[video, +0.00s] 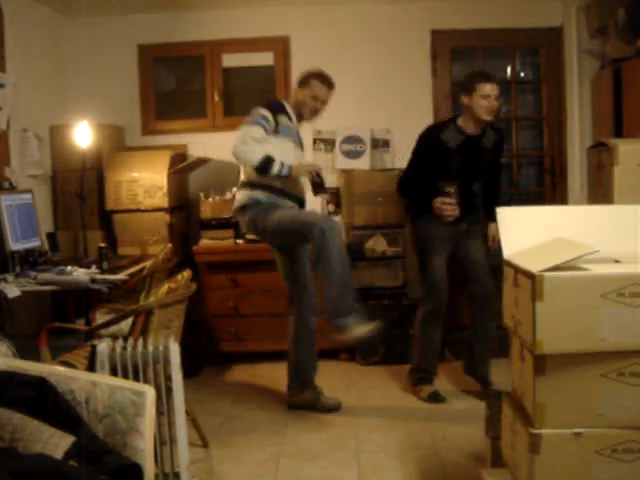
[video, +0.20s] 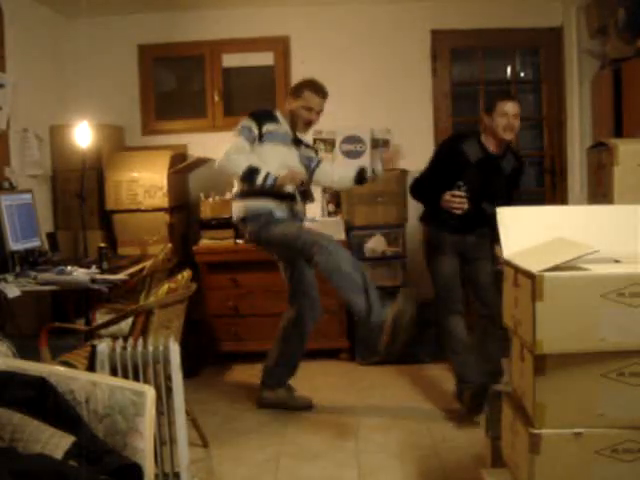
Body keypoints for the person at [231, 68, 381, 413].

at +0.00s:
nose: (316, 107)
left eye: (322, 104)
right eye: (313, 98)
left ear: (324, 106)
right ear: (297, 90)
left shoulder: (296, 132)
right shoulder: (269, 113)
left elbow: (289, 181)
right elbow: (243, 148)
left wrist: (312, 192)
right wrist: (290, 168)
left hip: (288, 213)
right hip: (259, 209)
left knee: (303, 299)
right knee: (324, 225)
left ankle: (301, 387)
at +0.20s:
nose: (311, 116)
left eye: (317, 111)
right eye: (306, 108)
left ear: (320, 114)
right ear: (289, 102)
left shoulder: (304, 151)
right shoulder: (262, 123)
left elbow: (330, 175)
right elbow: (230, 161)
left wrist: (373, 169)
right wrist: (274, 180)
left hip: (288, 223)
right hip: (258, 217)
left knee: (306, 306)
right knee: (324, 247)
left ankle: (273, 386)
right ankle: (377, 320)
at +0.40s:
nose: (303, 110)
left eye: (308, 105)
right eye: (299, 102)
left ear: (311, 106)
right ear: (281, 96)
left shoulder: (304, 146)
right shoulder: (251, 131)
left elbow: (330, 180)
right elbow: (218, 177)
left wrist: (346, 146)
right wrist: (261, 194)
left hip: (299, 232)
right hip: (267, 229)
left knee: (309, 312)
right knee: (317, 294)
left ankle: (275, 388)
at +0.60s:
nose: (272, 86)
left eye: (274, 79)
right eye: (264, 79)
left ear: (277, 80)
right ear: (243, 83)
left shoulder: (296, 109)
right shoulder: (231, 137)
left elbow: (335, 113)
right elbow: (217, 187)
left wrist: (368, 130)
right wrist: (245, 199)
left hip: (308, 226)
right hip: (274, 233)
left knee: (320, 310)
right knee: (285, 321)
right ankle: (278, 405)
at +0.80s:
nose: (273, 107)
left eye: (274, 100)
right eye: (263, 103)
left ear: (278, 97)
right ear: (242, 108)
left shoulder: (301, 126)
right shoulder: (231, 155)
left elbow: (352, 143)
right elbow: (213, 204)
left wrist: (345, 129)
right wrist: (239, 211)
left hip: (310, 229)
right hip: (268, 238)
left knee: (323, 286)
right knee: (273, 322)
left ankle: (294, 327)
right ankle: (278, 406)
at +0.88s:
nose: (273, 101)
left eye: (275, 93)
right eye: (264, 96)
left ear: (279, 92)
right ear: (244, 99)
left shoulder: (301, 121)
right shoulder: (231, 149)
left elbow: (346, 136)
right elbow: (213, 198)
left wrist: (345, 124)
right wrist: (239, 207)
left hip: (309, 218)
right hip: (267, 229)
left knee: (322, 267)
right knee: (269, 315)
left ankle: (305, 341)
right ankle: (277, 405)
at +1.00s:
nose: (282, 76)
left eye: (285, 69)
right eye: (274, 71)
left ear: (289, 70)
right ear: (254, 74)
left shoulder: (305, 102)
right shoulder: (238, 123)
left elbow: (340, 116)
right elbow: (220, 171)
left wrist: (372, 116)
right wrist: (234, 193)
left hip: (309, 197)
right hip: (268, 208)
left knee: (316, 253)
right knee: (275, 303)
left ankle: (331, 339)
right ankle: (288, 396)